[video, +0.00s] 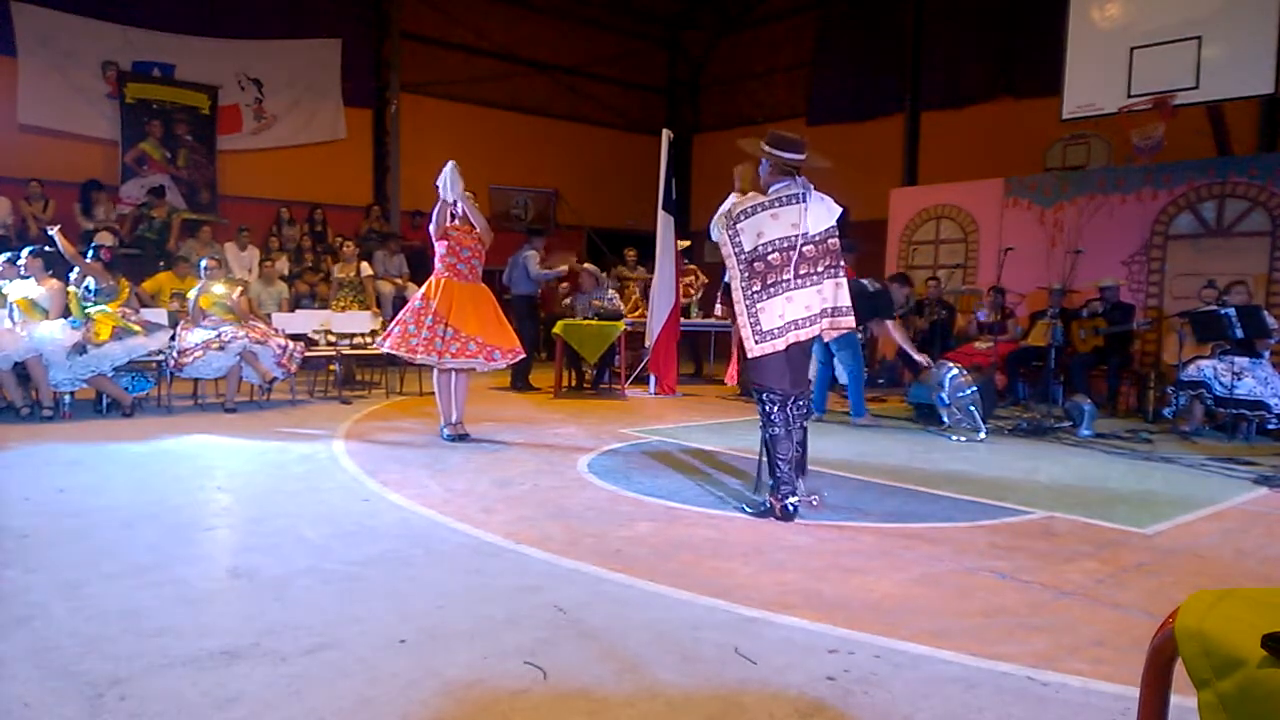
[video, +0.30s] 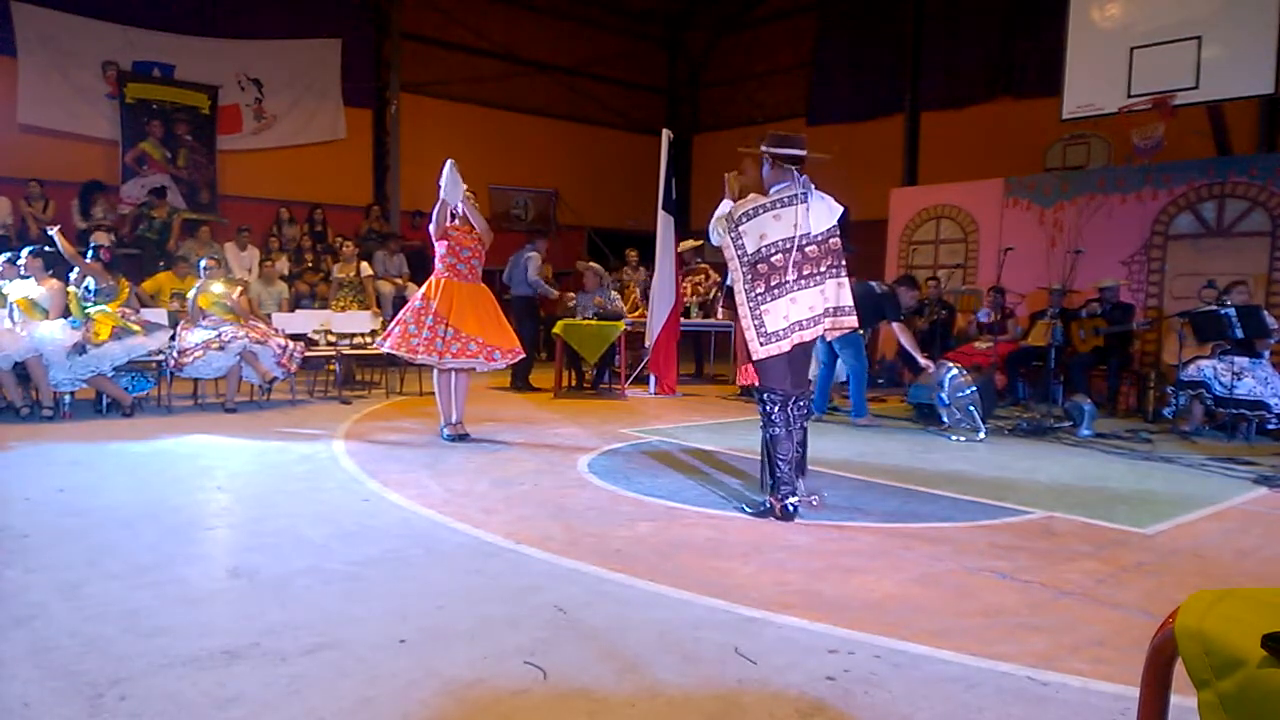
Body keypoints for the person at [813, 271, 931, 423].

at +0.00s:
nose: (904, 301)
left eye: (906, 297)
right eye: (904, 295)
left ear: (890, 283)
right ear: (895, 286)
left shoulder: (870, 285)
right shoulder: (883, 295)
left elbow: (876, 326)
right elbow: (895, 328)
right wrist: (915, 354)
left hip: (820, 318)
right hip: (841, 323)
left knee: (824, 367)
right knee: (854, 369)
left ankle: (817, 411)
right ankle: (859, 414)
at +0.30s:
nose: (913, 304)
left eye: (915, 300)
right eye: (913, 299)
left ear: (900, 286)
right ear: (903, 291)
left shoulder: (877, 287)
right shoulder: (890, 297)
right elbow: (900, 330)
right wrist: (919, 357)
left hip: (824, 319)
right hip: (844, 325)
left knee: (826, 366)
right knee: (858, 366)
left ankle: (817, 410)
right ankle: (860, 414)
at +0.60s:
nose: (913, 299)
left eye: (915, 295)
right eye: (913, 294)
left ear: (899, 284)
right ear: (903, 287)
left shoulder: (878, 286)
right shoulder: (890, 296)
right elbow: (900, 329)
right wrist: (920, 356)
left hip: (827, 319)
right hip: (846, 326)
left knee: (826, 367)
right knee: (858, 368)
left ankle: (818, 410)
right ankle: (860, 414)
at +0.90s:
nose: (913, 298)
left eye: (914, 293)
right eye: (912, 292)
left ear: (896, 284)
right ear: (902, 288)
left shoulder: (875, 286)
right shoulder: (889, 296)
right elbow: (902, 328)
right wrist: (922, 355)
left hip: (826, 319)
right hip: (846, 325)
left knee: (825, 366)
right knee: (858, 368)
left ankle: (818, 409)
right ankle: (860, 414)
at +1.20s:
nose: (912, 297)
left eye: (913, 292)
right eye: (911, 291)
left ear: (896, 285)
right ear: (902, 287)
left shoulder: (876, 286)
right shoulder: (889, 296)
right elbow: (901, 328)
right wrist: (921, 355)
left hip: (829, 317)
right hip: (846, 325)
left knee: (825, 365)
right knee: (857, 368)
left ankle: (817, 407)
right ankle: (860, 414)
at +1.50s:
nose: (910, 289)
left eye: (911, 285)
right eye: (909, 284)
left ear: (891, 279)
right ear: (899, 282)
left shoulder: (870, 283)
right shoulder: (888, 293)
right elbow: (896, 325)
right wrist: (915, 352)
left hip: (831, 319)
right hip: (849, 326)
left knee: (827, 367)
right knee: (857, 369)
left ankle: (819, 406)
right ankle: (860, 414)